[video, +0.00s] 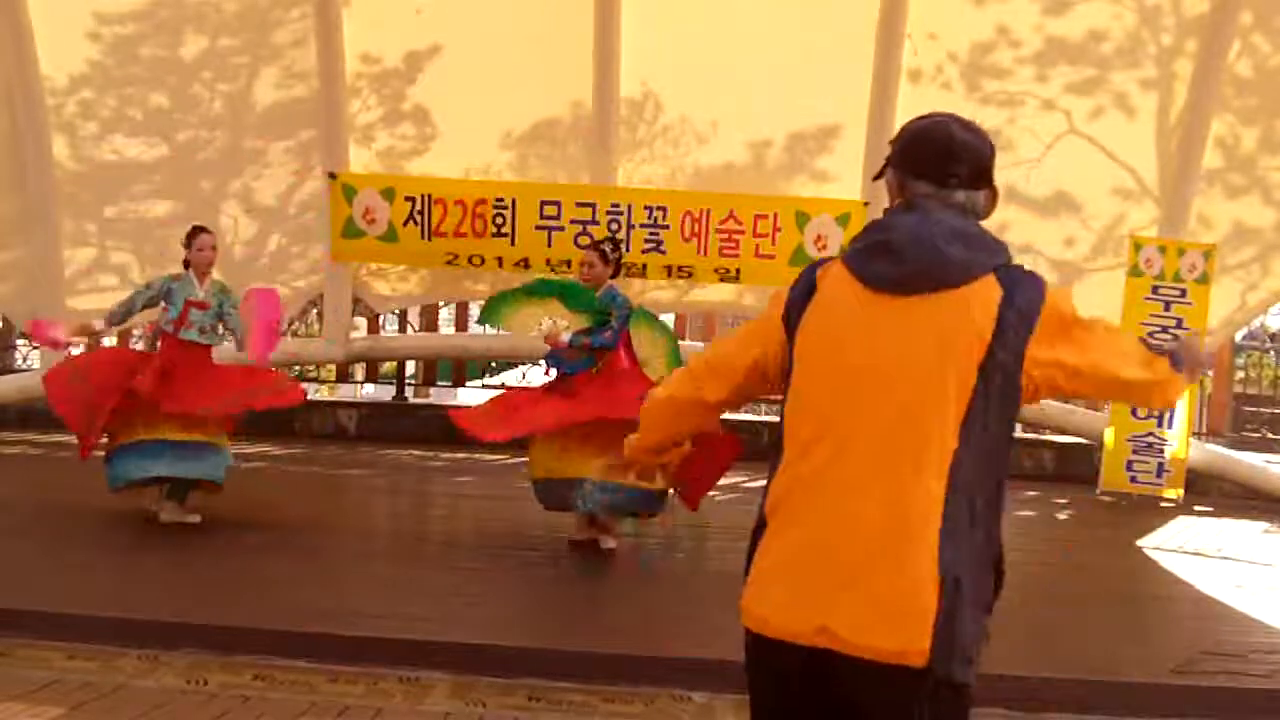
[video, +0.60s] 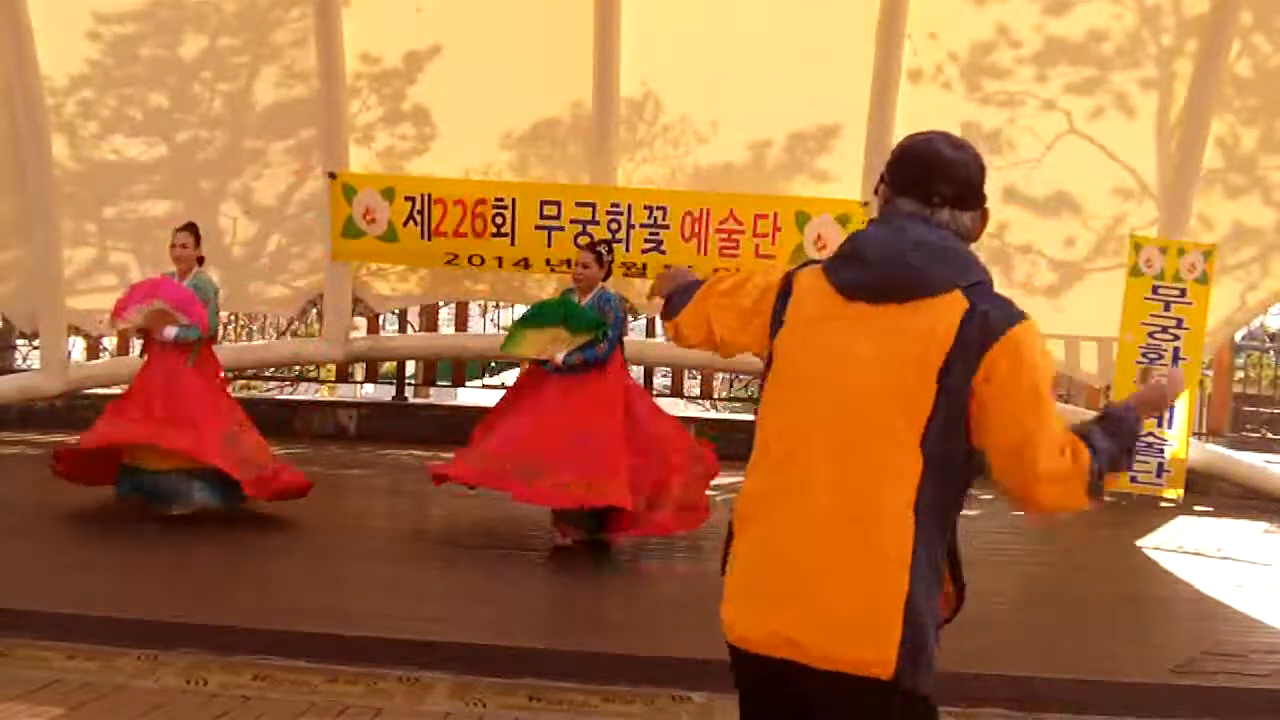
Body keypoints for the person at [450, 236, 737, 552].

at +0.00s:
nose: (582, 272)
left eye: (590, 266)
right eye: (581, 265)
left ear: (610, 269)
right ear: (582, 267)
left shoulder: (616, 301)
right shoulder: (587, 300)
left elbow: (610, 340)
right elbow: (589, 340)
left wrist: (569, 341)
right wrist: (560, 338)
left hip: (610, 386)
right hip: (585, 385)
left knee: (603, 451)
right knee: (584, 448)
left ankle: (605, 529)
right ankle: (586, 526)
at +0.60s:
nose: (579, 271)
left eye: (587, 265)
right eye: (577, 264)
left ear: (603, 270)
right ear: (573, 267)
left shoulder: (611, 303)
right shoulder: (566, 299)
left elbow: (605, 347)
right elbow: (547, 334)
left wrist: (567, 360)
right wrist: (540, 353)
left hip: (600, 387)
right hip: (565, 385)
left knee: (597, 453)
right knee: (567, 453)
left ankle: (597, 527)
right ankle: (572, 525)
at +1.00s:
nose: (580, 268)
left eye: (588, 264)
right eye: (578, 262)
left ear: (606, 271)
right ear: (574, 265)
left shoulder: (616, 302)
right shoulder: (563, 291)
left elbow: (614, 346)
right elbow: (520, 281)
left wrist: (572, 361)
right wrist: (486, 257)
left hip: (598, 382)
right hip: (559, 380)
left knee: (580, 449)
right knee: (550, 442)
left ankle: (559, 527)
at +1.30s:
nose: (586, 264)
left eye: (594, 260)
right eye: (583, 258)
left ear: (608, 266)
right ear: (576, 261)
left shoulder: (617, 304)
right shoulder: (563, 285)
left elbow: (617, 348)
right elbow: (529, 259)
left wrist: (581, 357)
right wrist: (519, 215)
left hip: (594, 384)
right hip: (557, 380)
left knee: (584, 448)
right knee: (553, 443)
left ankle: (566, 526)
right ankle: (545, 520)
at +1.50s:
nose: (592, 257)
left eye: (600, 252)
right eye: (587, 250)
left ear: (612, 259)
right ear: (581, 254)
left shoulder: (620, 297)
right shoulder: (568, 279)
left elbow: (628, 339)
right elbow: (539, 252)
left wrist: (601, 346)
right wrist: (504, 217)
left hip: (598, 371)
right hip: (563, 367)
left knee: (590, 435)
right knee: (558, 432)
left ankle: (584, 509)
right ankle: (555, 510)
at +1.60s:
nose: (597, 260)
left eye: (604, 256)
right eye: (593, 254)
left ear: (616, 262)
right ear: (585, 258)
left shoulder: (619, 301)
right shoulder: (571, 286)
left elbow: (635, 345)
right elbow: (538, 259)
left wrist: (611, 349)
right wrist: (498, 231)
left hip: (598, 387)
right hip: (562, 383)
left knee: (589, 447)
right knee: (555, 444)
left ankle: (580, 519)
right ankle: (551, 516)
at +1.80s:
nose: (613, 265)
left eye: (618, 261)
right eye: (607, 259)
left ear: (623, 266)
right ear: (592, 261)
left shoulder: (629, 306)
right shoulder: (582, 292)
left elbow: (649, 339)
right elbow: (549, 273)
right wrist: (510, 257)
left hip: (617, 383)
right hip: (582, 379)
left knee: (611, 445)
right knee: (577, 442)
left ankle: (608, 518)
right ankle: (567, 519)